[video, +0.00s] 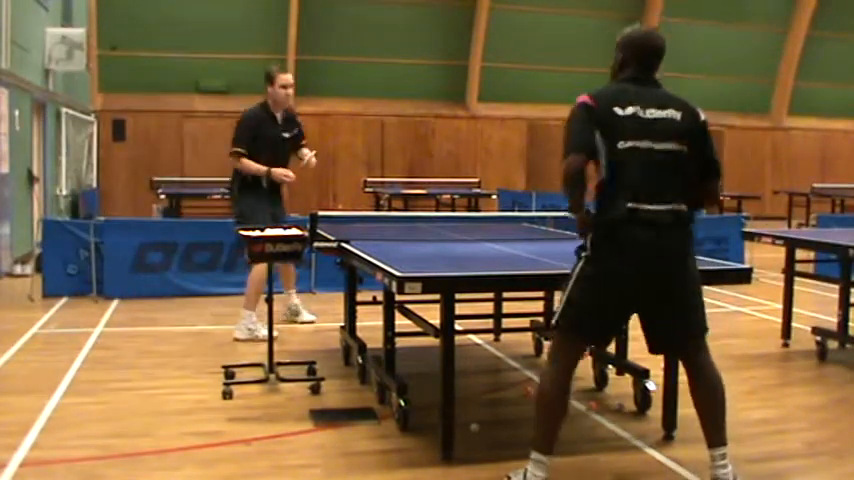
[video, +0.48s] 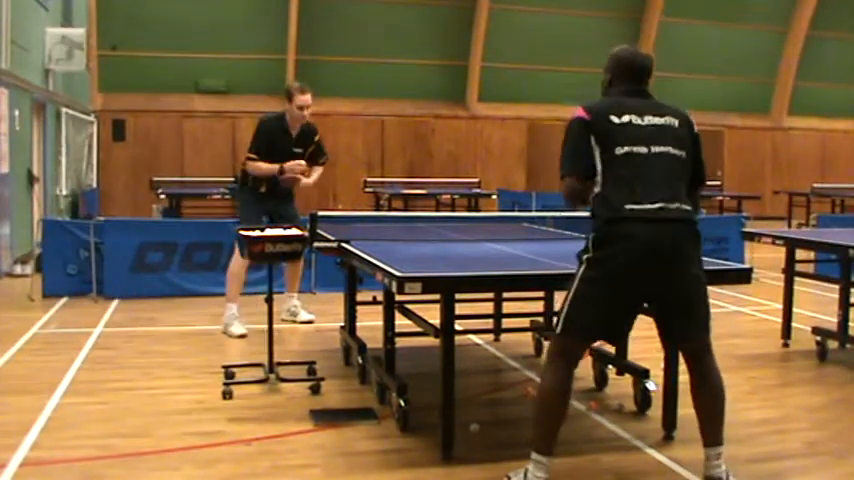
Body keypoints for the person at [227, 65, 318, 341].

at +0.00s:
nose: (289, 92)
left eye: (292, 87)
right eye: (284, 87)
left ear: (293, 90)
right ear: (269, 89)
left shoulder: (291, 118)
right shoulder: (252, 118)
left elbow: (298, 147)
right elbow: (237, 158)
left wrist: (306, 155)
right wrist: (270, 171)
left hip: (275, 189)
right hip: (249, 189)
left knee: (285, 245)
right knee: (263, 252)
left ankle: (292, 304)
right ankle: (247, 319)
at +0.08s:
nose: (295, 98)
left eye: (298, 93)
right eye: (289, 93)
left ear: (300, 95)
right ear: (275, 94)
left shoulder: (299, 122)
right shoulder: (259, 121)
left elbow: (313, 151)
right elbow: (241, 162)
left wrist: (315, 161)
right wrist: (274, 174)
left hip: (279, 191)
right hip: (252, 191)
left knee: (293, 244)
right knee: (262, 251)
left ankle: (292, 304)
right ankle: (248, 318)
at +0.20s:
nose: (301, 102)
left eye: (305, 97)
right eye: (296, 97)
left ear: (308, 98)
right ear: (283, 98)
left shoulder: (308, 125)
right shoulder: (264, 122)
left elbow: (323, 156)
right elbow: (247, 161)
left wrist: (324, 165)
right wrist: (279, 176)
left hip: (283, 191)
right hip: (253, 189)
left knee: (295, 243)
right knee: (256, 246)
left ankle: (292, 303)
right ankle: (247, 314)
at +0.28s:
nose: (304, 105)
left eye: (307, 99)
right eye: (299, 99)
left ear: (310, 100)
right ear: (285, 99)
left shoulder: (310, 126)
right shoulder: (268, 121)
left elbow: (322, 155)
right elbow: (250, 162)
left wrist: (326, 166)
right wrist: (282, 175)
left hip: (283, 189)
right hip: (254, 188)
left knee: (296, 241)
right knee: (252, 243)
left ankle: (291, 303)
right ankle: (237, 313)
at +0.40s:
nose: (306, 111)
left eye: (309, 105)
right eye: (301, 105)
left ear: (312, 104)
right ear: (288, 103)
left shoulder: (311, 130)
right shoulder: (269, 124)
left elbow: (322, 162)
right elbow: (251, 164)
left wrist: (317, 174)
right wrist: (284, 171)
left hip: (284, 191)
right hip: (255, 191)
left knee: (296, 243)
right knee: (248, 247)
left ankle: (291, 304)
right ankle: (231, 313)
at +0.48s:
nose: (305, 113)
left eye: (309, 108)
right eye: (300, 108)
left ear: (312, 106)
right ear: (288, 105)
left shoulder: (309, 131)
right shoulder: (268, 125)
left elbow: (320, 162)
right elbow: (250, 165)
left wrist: (308, 179)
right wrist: (283, 168)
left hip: (283, 191)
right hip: (254, 192)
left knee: (296, 242)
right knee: (246, 247)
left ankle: (292, 304)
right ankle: (231, 313)